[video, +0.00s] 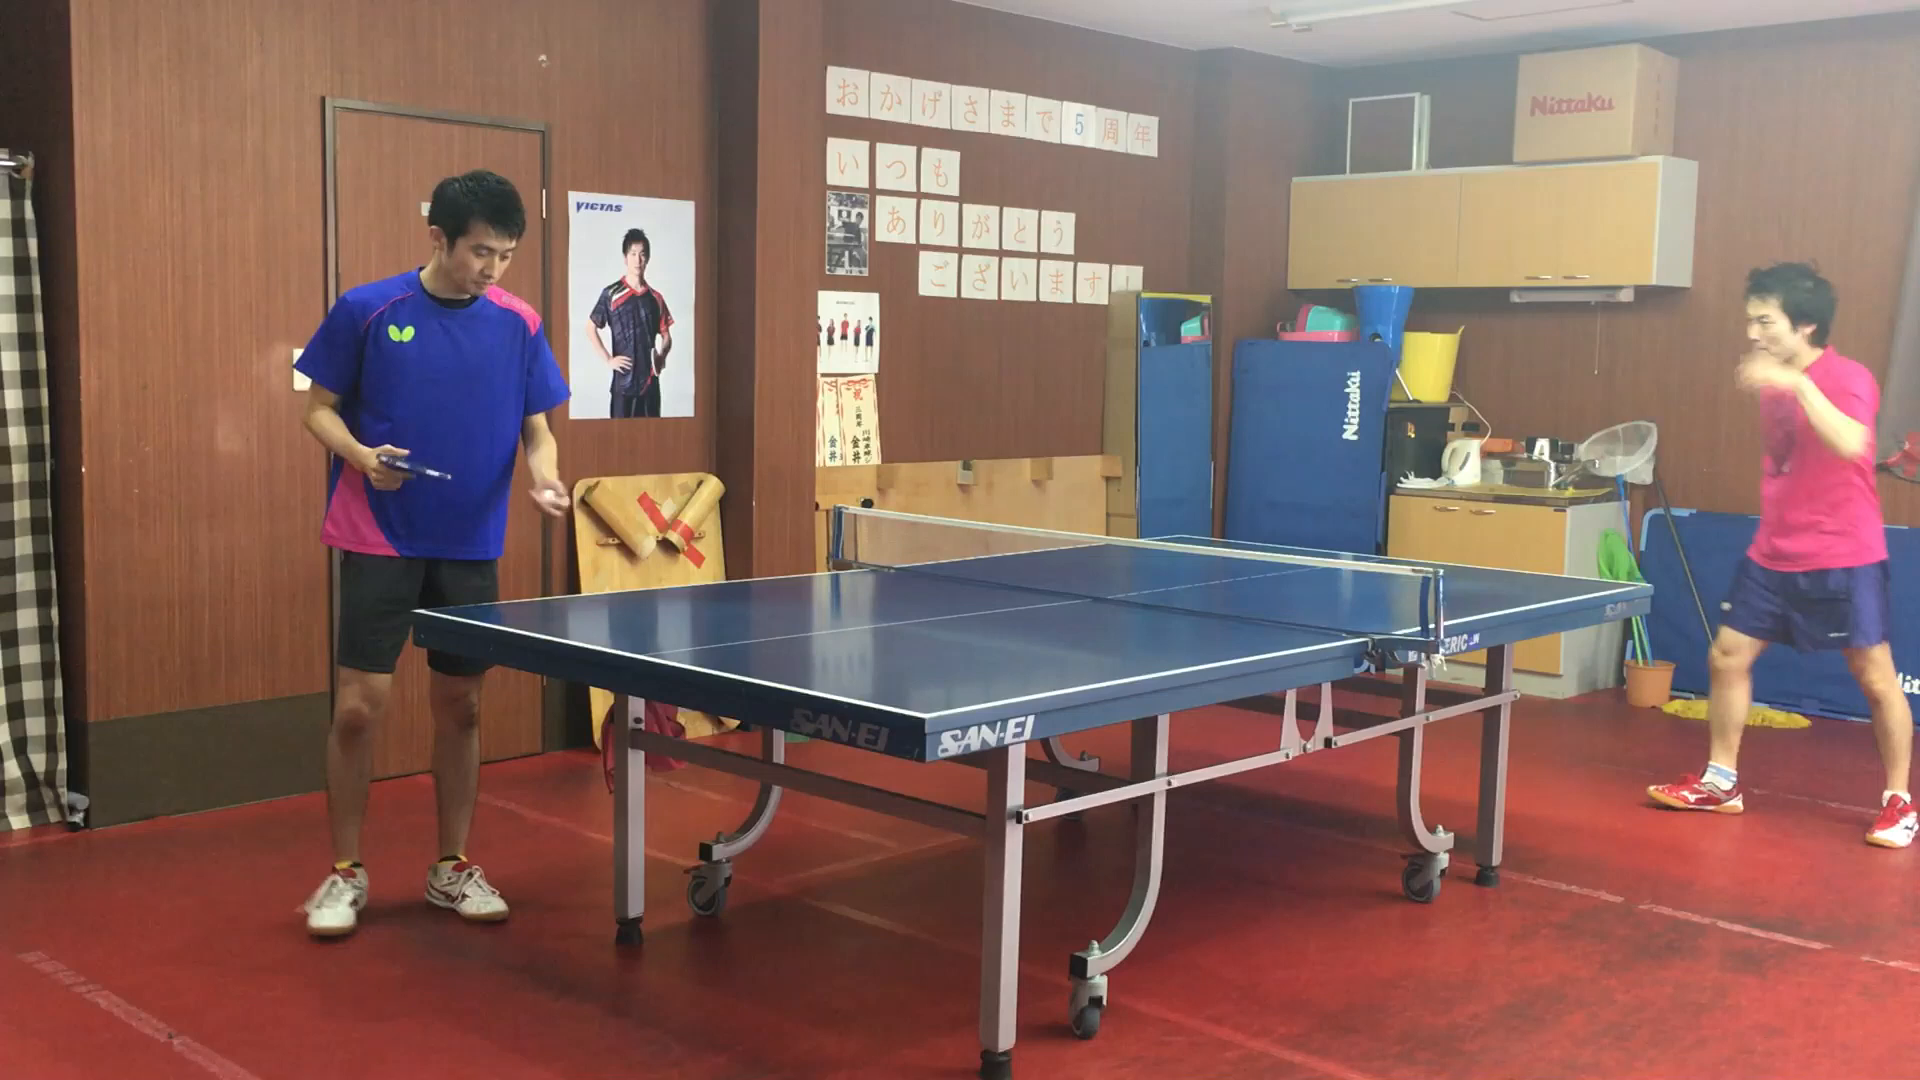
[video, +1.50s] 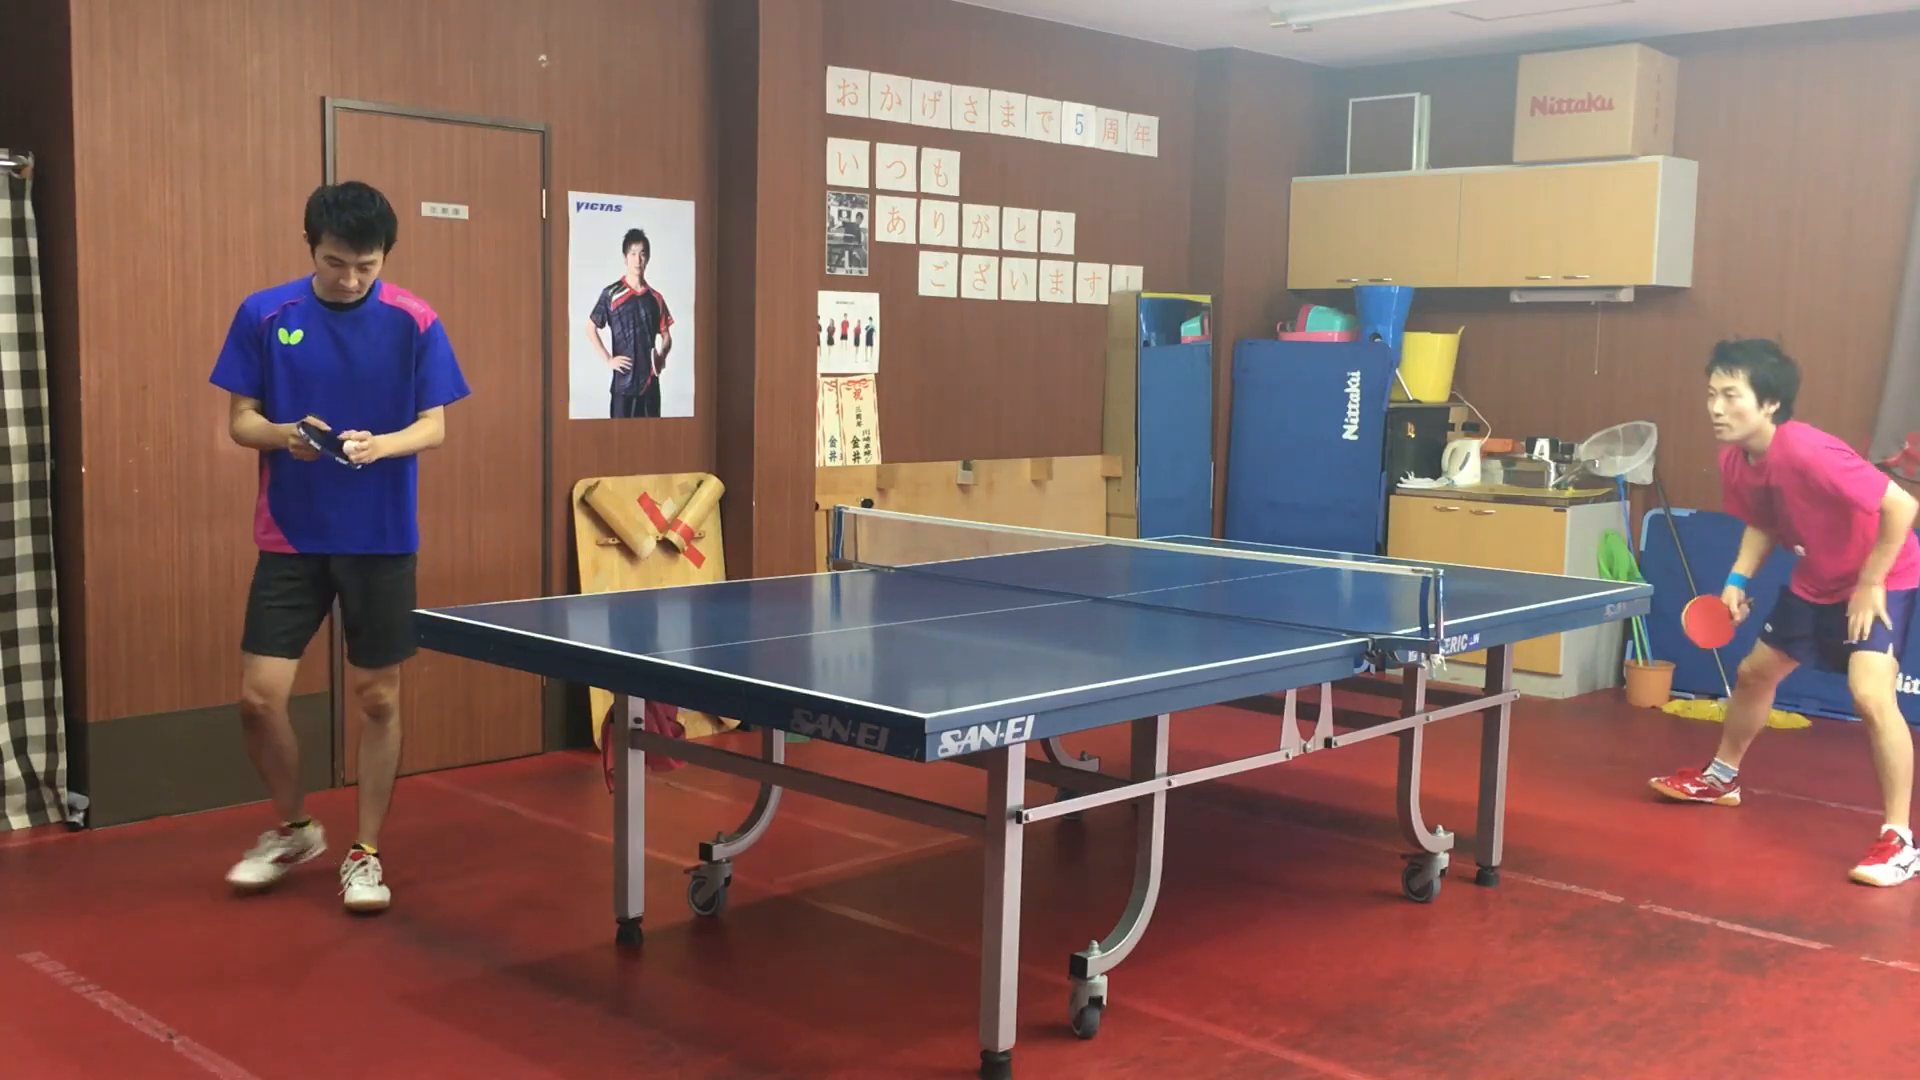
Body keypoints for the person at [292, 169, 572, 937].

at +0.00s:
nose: (494, 269)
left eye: (504, 255)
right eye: (482, 252)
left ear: (510, 250)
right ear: (437, 236)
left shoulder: (519, 326)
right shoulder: (365, 311)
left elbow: (538, 430)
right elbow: (317, 406)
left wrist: (545, 476)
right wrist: (359, 454)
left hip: (468, 549)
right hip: (375, 542)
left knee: (460, 707)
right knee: (356, 712)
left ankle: (452, 867)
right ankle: (346, 871)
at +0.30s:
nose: (441, 268)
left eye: (456, 252)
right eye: (428, 250)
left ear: (473, 247)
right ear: (398, 237)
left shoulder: (493, 321)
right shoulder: (343, 314)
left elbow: (517, 427)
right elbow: (314, 418)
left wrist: (468, 439)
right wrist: (353, 443)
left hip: (455, 550)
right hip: (363, 546)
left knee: (456, 705)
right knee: (336, 702)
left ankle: (451, 864)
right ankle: (342, 827)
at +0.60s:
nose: (372, 272)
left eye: (385, 257)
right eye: (358, 257)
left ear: (406, 249)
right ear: (334, 247)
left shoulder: (443, 322)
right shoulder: (299, 319)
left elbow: (470, 425)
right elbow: (272, 421)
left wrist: (415, 425)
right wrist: (306, 436)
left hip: (413, 544)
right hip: (328, 543)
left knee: (432, 694)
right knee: (336, 688)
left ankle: (445, 852)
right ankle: (349, 834)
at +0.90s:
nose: (345, 272)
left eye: (358, 257)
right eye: (331, 259)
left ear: (379, 246)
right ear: (308, 248)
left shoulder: (417, 314)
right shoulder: (275, 317)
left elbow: (446, 417)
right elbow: (258, 417)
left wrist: (383, 439)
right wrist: (293, 437)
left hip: (394, 535)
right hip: (315, 537)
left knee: (390, 683)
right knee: (328, 684)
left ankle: (387, 843)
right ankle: (346, 835)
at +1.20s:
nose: (348, 278)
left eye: (361, 264)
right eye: (334, 264)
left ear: (381, 252)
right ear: (311, 250)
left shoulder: (415, 317)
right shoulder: (270, 316)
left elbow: (443, 422)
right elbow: (247, 421)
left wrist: (385, 444)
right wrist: (292, 438)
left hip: (386, 541)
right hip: (305, 542)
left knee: (377, 696)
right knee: (315, 696)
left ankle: (367, 849)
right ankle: (342, 835)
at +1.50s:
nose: (350, 281)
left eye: (365, 267)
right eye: (337, 265)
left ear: (385, 254)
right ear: (312, 247)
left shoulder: (413, 320)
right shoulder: (265, 316)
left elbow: (435, 427)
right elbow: (240, 423)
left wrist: (383, 445)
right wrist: (288, 436)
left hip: (379, 547)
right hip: (291, 545)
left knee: (378, 699)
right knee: (259, 696)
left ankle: (367, 851)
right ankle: (292, 829)